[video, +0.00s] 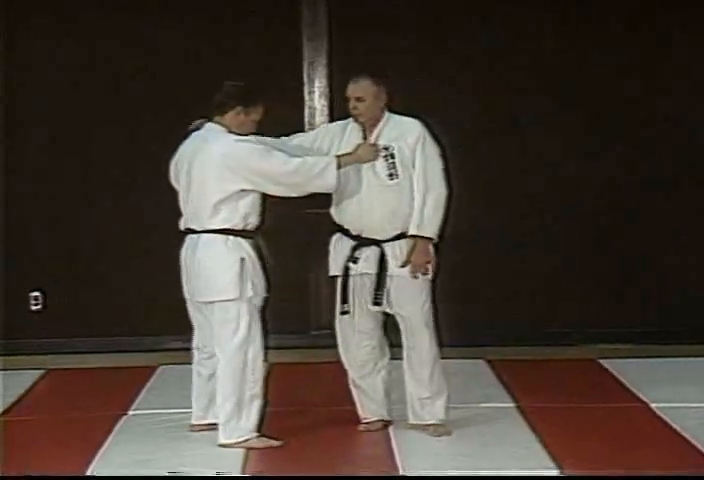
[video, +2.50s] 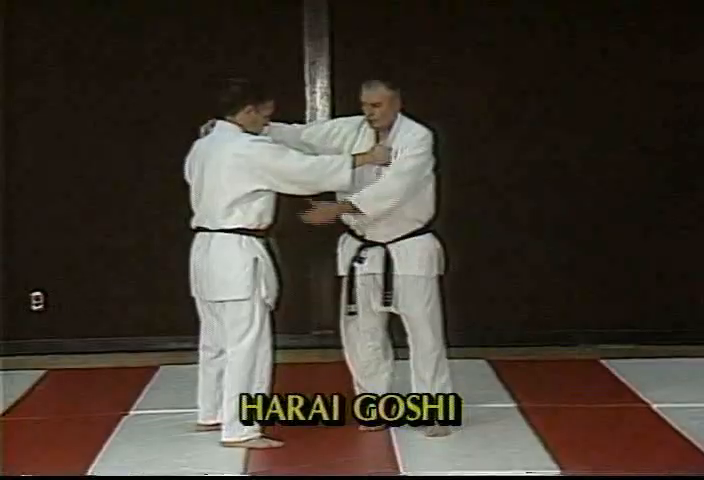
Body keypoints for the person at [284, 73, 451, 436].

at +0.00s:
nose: (353, 107)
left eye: (360, 100)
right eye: (349, 101)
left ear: (382, 100)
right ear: (346, 102)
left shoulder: (411, 133)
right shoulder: (337, 134)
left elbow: (434, 188)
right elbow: (290, 146)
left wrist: (424, 240)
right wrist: (244, 145)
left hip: (404, 247)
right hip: (353, 249)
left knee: (418, 332)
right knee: (358, 333)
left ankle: (428, 414)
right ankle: (372, 413)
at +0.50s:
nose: (360, 112)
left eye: (367, 105)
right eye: (355, 106)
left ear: (386, 101)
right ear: (350, 105)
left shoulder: (415, 135)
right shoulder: (340, 132)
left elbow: (436, 191)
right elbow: (292, 143)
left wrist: (427, 244)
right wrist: (244, 142)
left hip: (405, 248)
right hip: (353, 248)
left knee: (418, 334)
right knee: (359, 335)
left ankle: (429, 413)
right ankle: (373, 413)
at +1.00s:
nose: (365, 112)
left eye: (372, 106)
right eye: (360, 106)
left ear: (391, 102)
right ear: (355, 104)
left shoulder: (419, 137)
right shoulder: (344, 133)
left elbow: (438, 193)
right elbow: (295, 144)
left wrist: (429, 246)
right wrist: (243, 140)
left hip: (408, 247)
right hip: (357, 247)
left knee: (419, 327)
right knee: (360, 327)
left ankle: (429, 408)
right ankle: (372, 407)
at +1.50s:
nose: (366, 112)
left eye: (372, 106)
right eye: (361, 106)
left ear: (391, 103)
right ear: (356, 105)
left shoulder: (418, 137)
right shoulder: (345, 134)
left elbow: (439, 194)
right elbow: (297, 144)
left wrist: (431, 247)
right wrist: (246, 142)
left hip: (408, 248)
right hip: (358, 247)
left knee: (420, 327)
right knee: (360, 327)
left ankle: (429, 407)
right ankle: (372, 405)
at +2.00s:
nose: (358, 115)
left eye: (364, 108)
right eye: (352, 109)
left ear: (384, 102)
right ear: (348, 107)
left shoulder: (413, 136)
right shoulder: (337, 134)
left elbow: (435, 192)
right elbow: (290, 144)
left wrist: (431, 244)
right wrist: (242, 146)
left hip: (407, 246)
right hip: (356, 249)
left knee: (421, 327)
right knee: (359, 326)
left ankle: (428, 407)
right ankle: (370, 405)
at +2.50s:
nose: (370, 113)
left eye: (377, 106)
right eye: (366, 107)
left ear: (397, 104)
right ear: (361, 106)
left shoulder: (416, 138)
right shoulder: (351, 131)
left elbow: (393, 189)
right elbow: (302, 135)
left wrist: (339, 209)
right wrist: (245, 127)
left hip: (409, 247)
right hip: (361, 246)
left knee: (423, 332)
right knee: (361, 330)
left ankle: (435, 411)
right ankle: (373, 406)